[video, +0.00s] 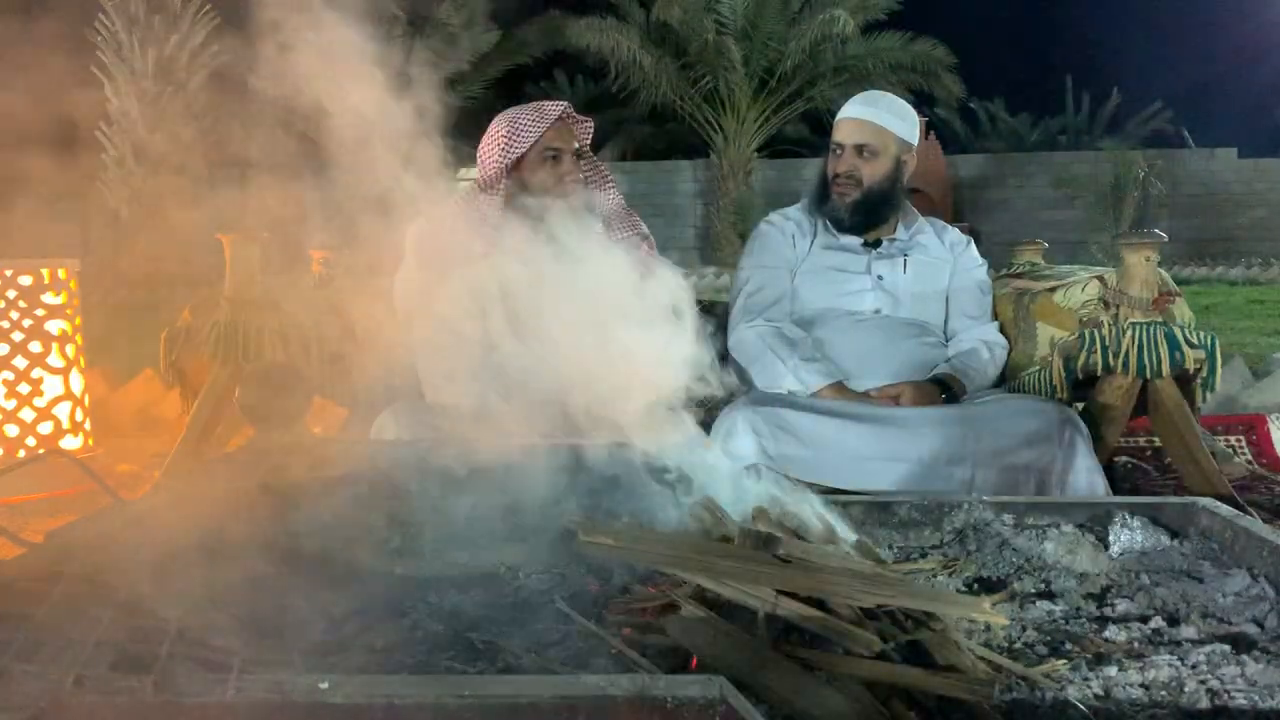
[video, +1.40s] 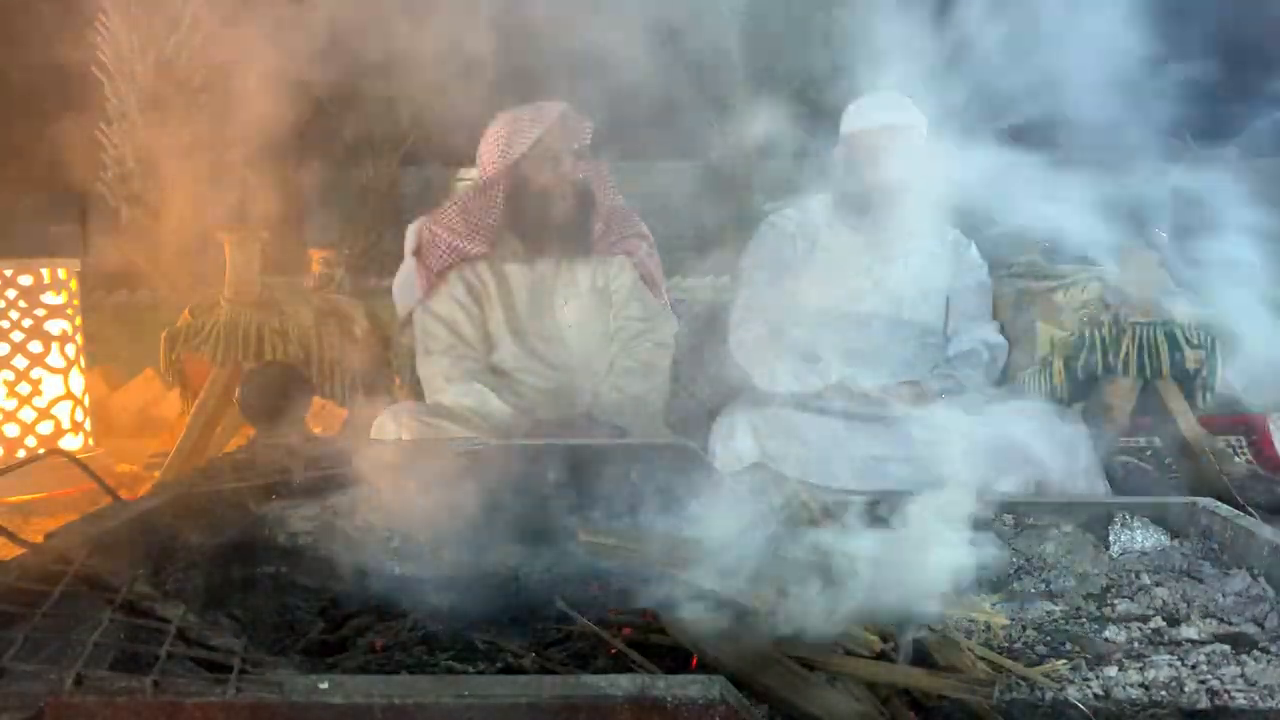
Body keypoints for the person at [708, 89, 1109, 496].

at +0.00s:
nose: (842, 167)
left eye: (864, 154)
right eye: (836, 151)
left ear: (905, 166)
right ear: (826, 155)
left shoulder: (953, 249)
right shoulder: (786, 231)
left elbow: (981, 342)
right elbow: (753, 330)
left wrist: (940, 387)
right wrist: (834, 396)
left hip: (939, 420)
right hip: (823, 416)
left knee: (1058, 429)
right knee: (741, 425)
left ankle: (1086, 590)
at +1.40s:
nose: (881, 176)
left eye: (896, 158)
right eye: (867, 159)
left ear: (918, 164)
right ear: (843, 161)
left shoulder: (952, 252)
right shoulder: (790, 233)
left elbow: (980, 348)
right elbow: (752, 343)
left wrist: (931, 389)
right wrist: (832, 390)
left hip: (919, 418)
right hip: (812, 412)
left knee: (1036, 432)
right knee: (743, 430)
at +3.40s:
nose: (889, 180)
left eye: (905, 165)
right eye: (875, 161)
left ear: (920, 171)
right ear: (843, 157)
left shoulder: (950, 248)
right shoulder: (787, 235)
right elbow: (755, 332)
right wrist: (835, 395)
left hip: (935, 416)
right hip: (828, 415)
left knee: (1058, 427)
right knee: (745, 427)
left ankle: (1089, 567)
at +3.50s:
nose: (889, 181)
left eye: (904, 166)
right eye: (874, 162)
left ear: (919, 170)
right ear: (842, 155)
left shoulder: (953, 250)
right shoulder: (786, 236)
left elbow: (980, 354)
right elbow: (755, 337)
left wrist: (928, 399)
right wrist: (845, 401)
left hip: (931, 422)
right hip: (821, 422)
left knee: (1057, 427)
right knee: (742, 426)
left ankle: (1081, 575)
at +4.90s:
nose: (893, 187)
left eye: (907, 171)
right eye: (878, 169)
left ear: (921, 171)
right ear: (842, 160)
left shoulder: (953, 248)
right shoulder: (786, 233)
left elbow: (980, 341)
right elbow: (755, 333)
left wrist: (942, 387)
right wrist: (838, 398)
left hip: (939, 416)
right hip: (826, 414)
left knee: (1055, 425)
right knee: (742, 426)